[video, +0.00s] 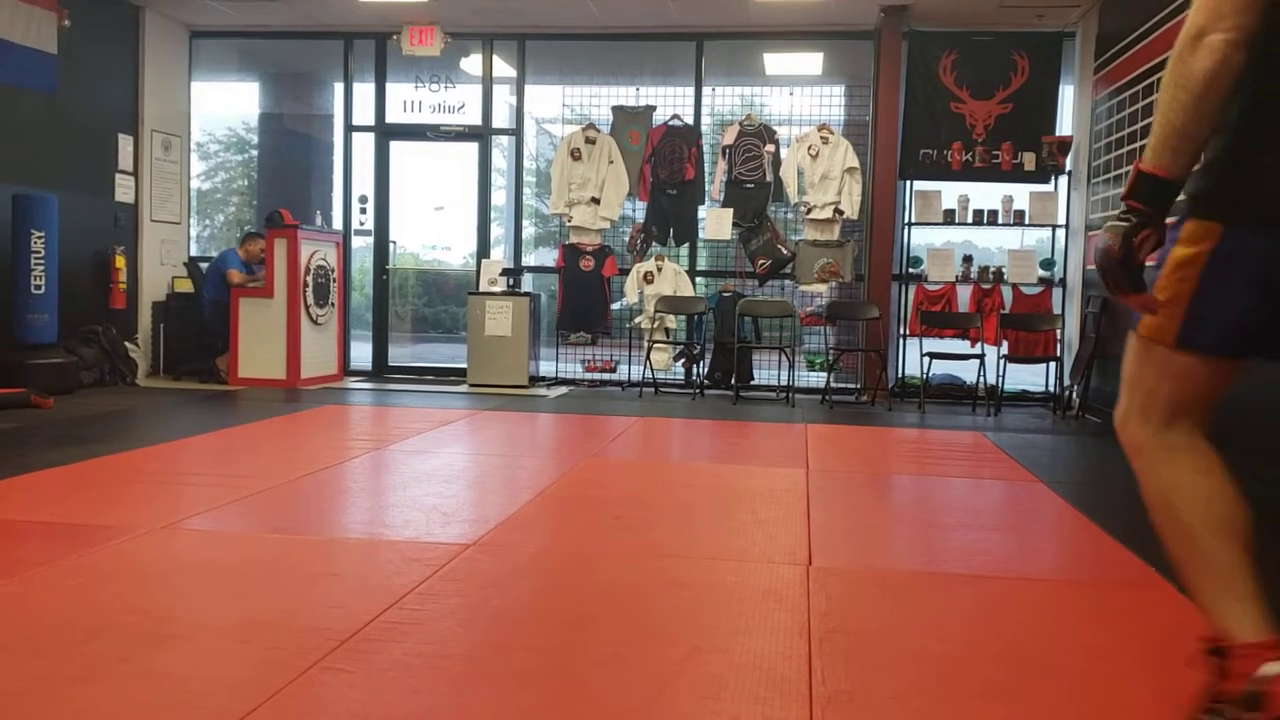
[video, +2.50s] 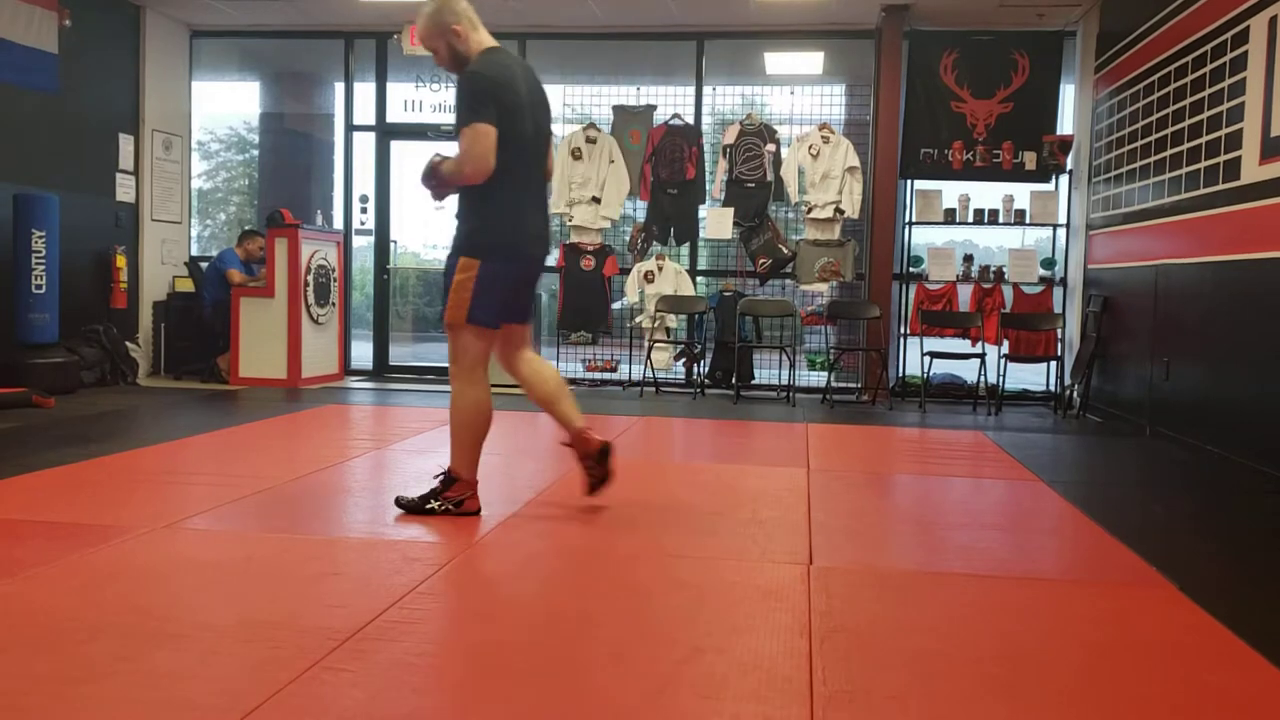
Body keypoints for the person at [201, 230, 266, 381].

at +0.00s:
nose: (262, 255)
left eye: (264, 252)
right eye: (261, 250)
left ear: (249, 246)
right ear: (248, 245)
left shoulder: (245, 264)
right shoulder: (230, 256)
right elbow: (234, 279)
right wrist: (257, 277)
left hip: (229, 306)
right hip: (214, 307)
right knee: (250, 333)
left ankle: (225, 363)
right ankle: (222, 362)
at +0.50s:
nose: (262, 255)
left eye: (263, 251)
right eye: (260, 250)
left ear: (248, 246)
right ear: (247, 245)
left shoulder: (245, 263)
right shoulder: (229, 256)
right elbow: (234, 279)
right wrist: (257, 278)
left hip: (229, 308)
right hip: (214, 309)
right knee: (252, 332)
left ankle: (226, 363)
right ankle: (223, 362)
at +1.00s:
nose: (262, 254)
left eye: (263, 250)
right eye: (260, 249)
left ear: (247, 246)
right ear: (247, 245)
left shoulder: (245, 263)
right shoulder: (229, 256)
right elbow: (235, 279)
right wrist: (257, 278)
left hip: (230, 308)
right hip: (215, 309)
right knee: (253, 332)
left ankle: (226, 363)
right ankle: (223, 362)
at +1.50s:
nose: (262, 254)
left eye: (263, 251)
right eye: (260, 249)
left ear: (247, 245)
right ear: (246, 244)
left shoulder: (245, 263)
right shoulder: (229, 256)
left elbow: (252, 281)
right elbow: (235, 279)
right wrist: (257, 278)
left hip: (230, 308)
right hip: (214, 309)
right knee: (253, 331)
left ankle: (227, 363)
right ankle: (223, 362)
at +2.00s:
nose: (262, 253)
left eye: (263, 250)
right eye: (260, 248)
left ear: (247, 245)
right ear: (247, 244)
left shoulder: (245, 263)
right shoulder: (228, 255)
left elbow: (253, 282)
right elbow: (236, 280)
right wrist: (258, 279)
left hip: (230, 308)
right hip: (213, 309)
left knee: (257, 328)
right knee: (252, 331)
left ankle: (226, 362)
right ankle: (223, 362)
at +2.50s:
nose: (261, 253)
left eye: (262, 250)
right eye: (260, 248)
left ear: (248, 245)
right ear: (247, 244)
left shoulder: (245, 263)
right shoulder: (228, 255)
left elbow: (252, 282)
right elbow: (236, 279)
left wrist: (265, 276)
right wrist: (258, 278)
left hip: (230, 307)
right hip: (214, 308)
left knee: (258, 328)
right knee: (252, 331)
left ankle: (226, 363)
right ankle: (223, 362)